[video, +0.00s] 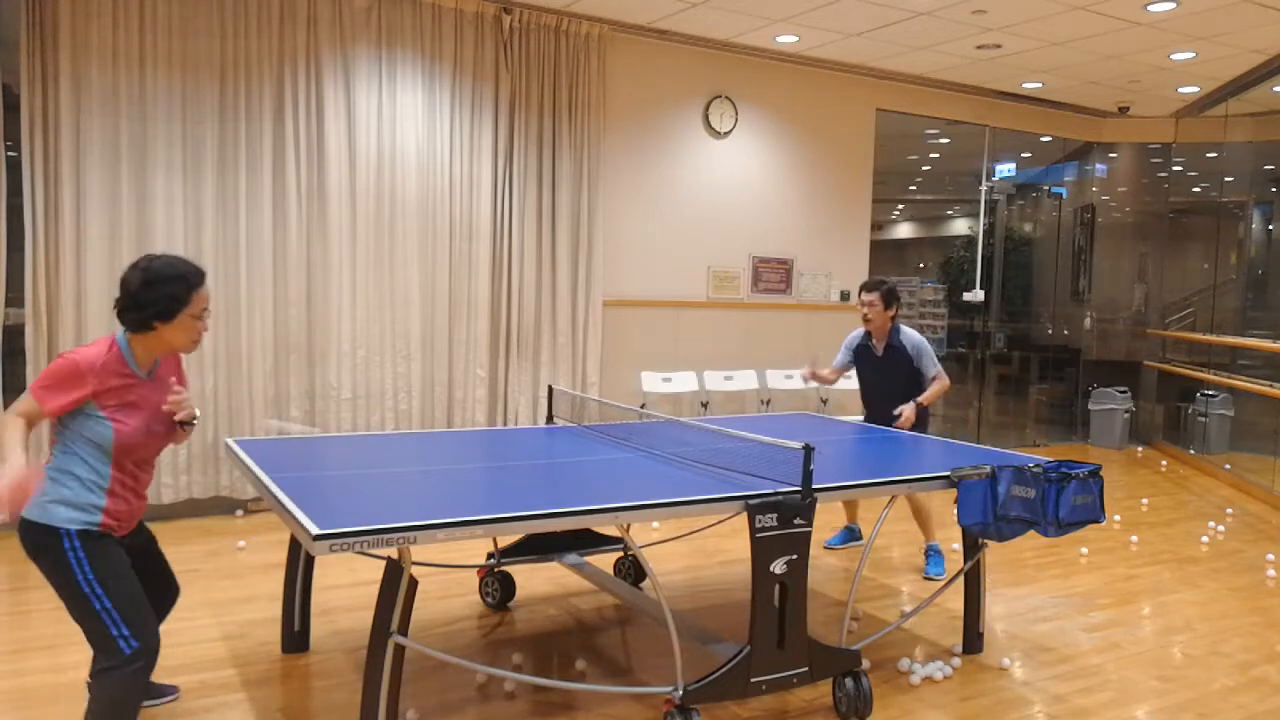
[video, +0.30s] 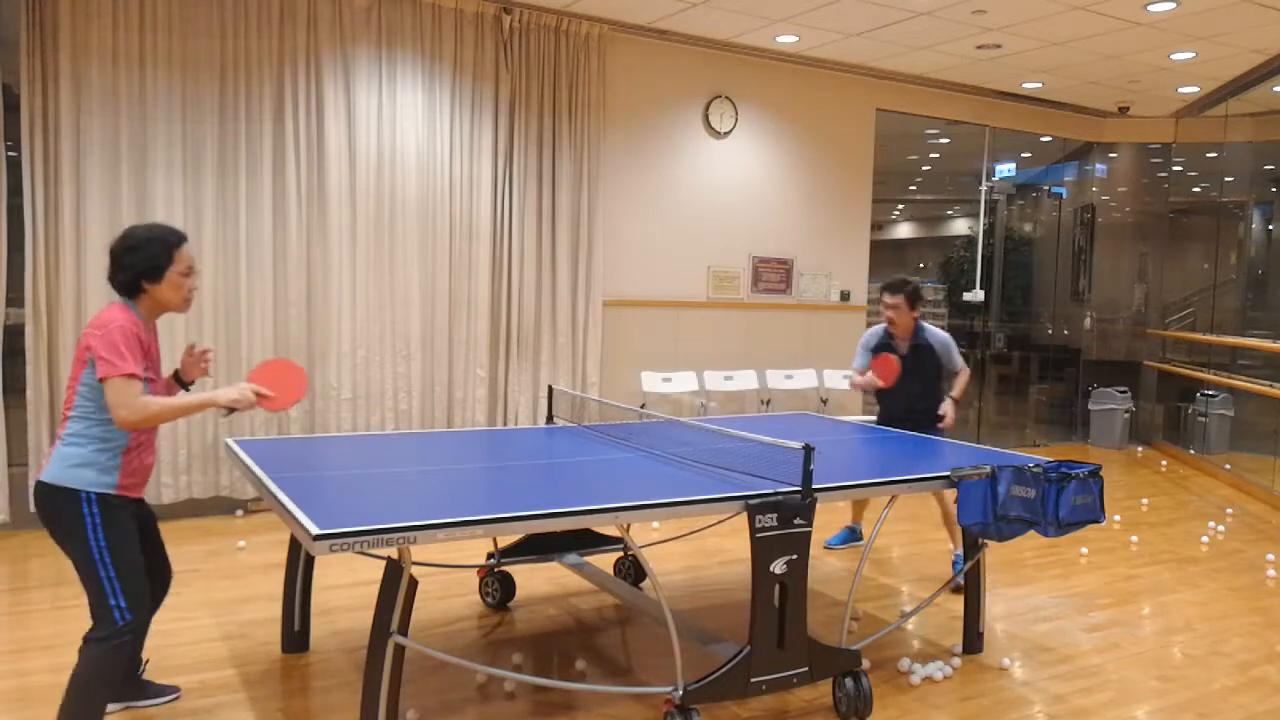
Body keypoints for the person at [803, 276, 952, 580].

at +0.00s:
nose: (865, 311)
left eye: (872, 305)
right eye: (862, 305)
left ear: (891, 311)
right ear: (859, 307)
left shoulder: (912, 341)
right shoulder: (856, 340)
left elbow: (942, 382)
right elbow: (834, 375)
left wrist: (916, 405)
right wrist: (815, 375)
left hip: (909, 429)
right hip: (872, 427)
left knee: (911, 485)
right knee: (844, 470)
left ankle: (932, 548)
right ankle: (852, 527)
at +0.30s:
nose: (888, 314)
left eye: (895, 308)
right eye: (885, 307)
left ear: (915, 311)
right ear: (881, 307)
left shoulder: (938, 340)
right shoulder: (873, 337)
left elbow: (963, 372)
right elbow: (855, 379)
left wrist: (952, 400)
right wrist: (868, 382)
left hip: (928, 430)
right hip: (887, 428)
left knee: (943, 491)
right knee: (862, 472)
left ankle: (960, 554)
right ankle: (854, 528)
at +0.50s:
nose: (925, 326)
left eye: (933, 319)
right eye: (921, 318)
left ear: (950, 318)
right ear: (915, 315)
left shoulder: (969, 342)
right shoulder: (900, 340)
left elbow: (987, 372)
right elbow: (879, 383)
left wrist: (988, 401)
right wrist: (901, 388)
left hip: (954, 431)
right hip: (909, 431)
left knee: (959, 494)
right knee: (884, 477)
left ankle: (965, 559)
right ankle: (869, 530)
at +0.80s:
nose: (937, 308)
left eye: (946, 302)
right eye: (933, 301)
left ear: (963, 305)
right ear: (927, 301)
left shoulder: (982, 335)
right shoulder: (911, 331)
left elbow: (998, 364)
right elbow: (889, 379)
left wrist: (996, 389)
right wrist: (901, 388)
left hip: (961, 426)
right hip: (918, 425)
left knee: (964, 490)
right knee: (896, 477)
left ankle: (964, 559)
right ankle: (907, 537)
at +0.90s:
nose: (929, 305)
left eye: (937, 298)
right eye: (925, 297)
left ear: (955, 302)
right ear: (920, 298)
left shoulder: (976, 333)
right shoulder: (906, 331)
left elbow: (996, 364)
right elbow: (889, 380)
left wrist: (987, 389)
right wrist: (896, 382)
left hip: (959, 425)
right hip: (919, 424)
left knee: (958, 490)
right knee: (900, 481)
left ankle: (964, 560)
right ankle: (915, 543)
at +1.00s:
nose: (918, 305)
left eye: (925, 298)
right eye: (914, 298)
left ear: (946, 302)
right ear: (909, 300)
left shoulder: (968, 333)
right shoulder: (901, 332)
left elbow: (994, 367)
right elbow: (889, 380)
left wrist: (978, 391)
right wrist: (893, 382)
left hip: (958, 424)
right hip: (918, 422)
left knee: (956, 488)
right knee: (899, 480)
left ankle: (972, 563)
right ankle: (915, 544)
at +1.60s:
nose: (899, 321)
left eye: (904, 313)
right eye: (897, 314)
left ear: (928, 310)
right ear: (926, 313)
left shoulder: (948, 338)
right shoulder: (945, 333)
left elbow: (992, 379)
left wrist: (948, 406)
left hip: (973, 435)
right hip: (954, 432)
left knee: (952, 506)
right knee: (917, 479)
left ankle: (998, 575)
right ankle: (916, 544)